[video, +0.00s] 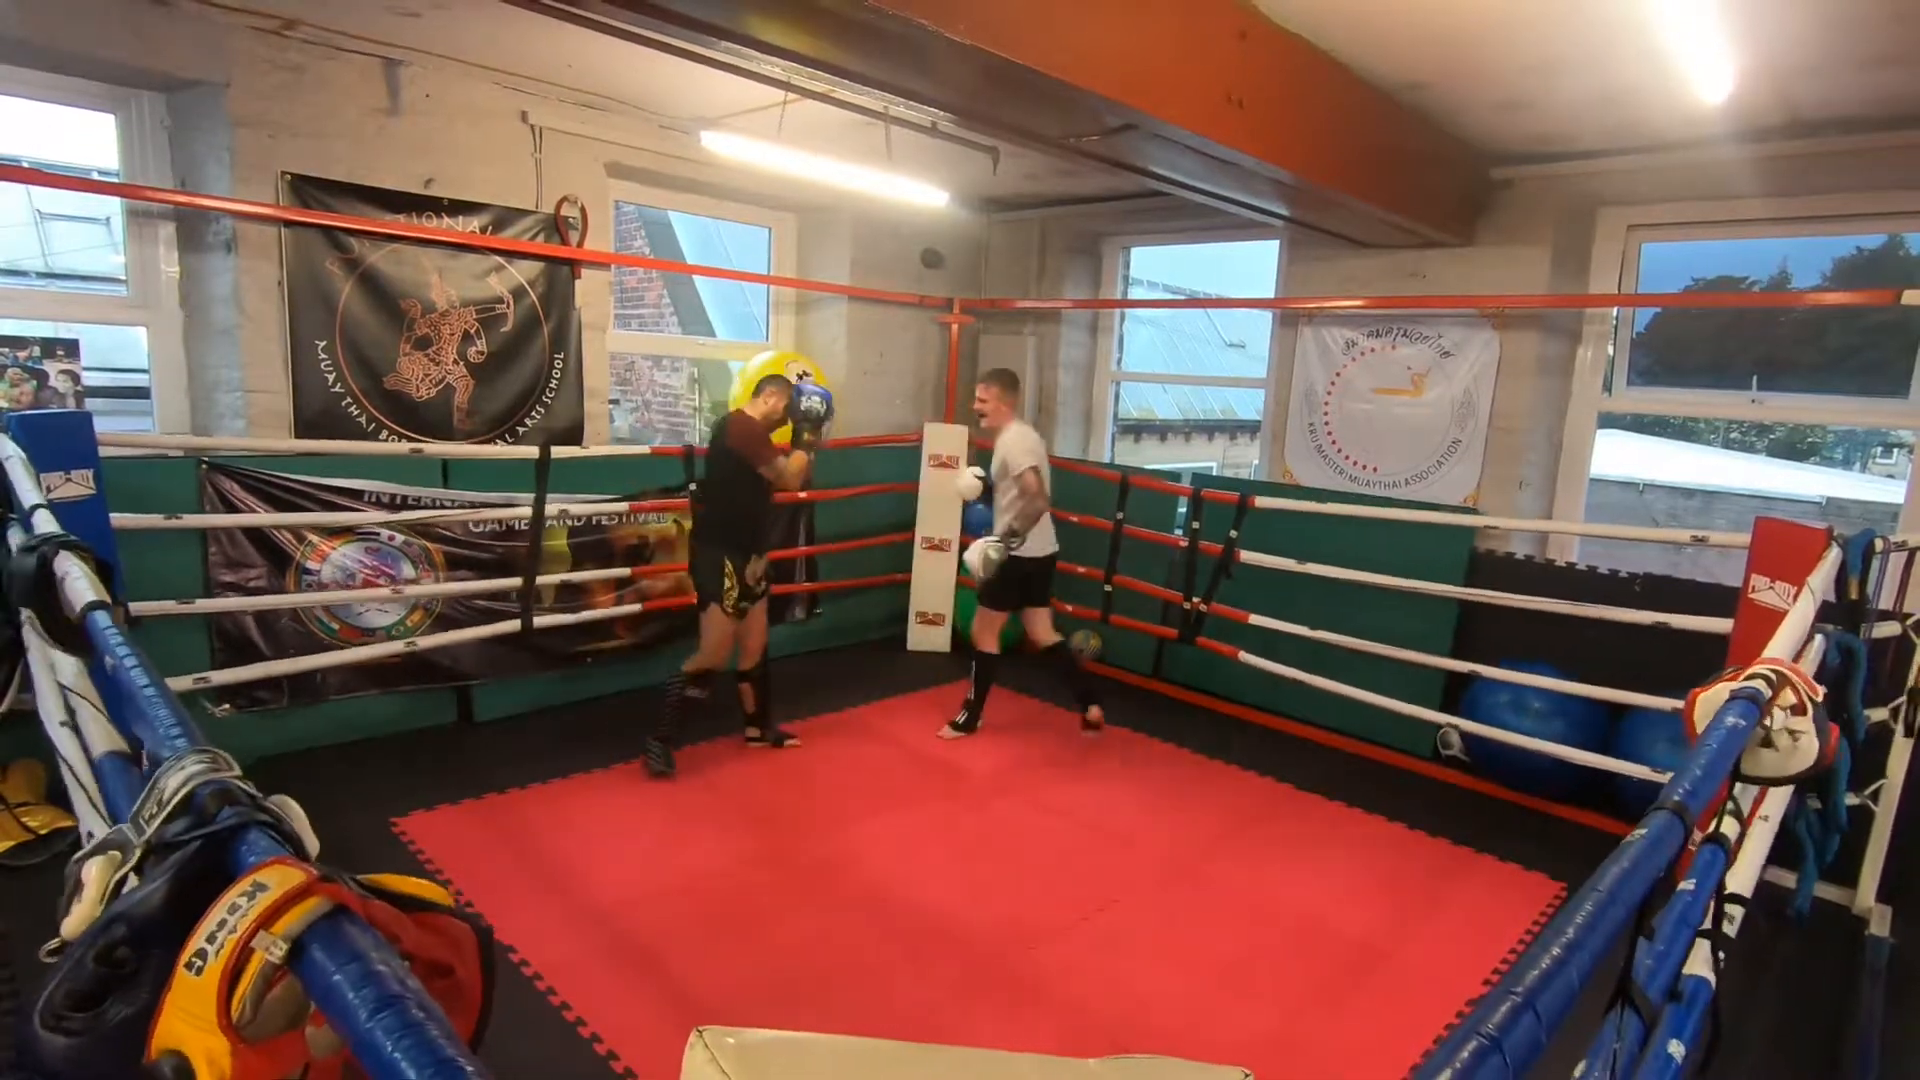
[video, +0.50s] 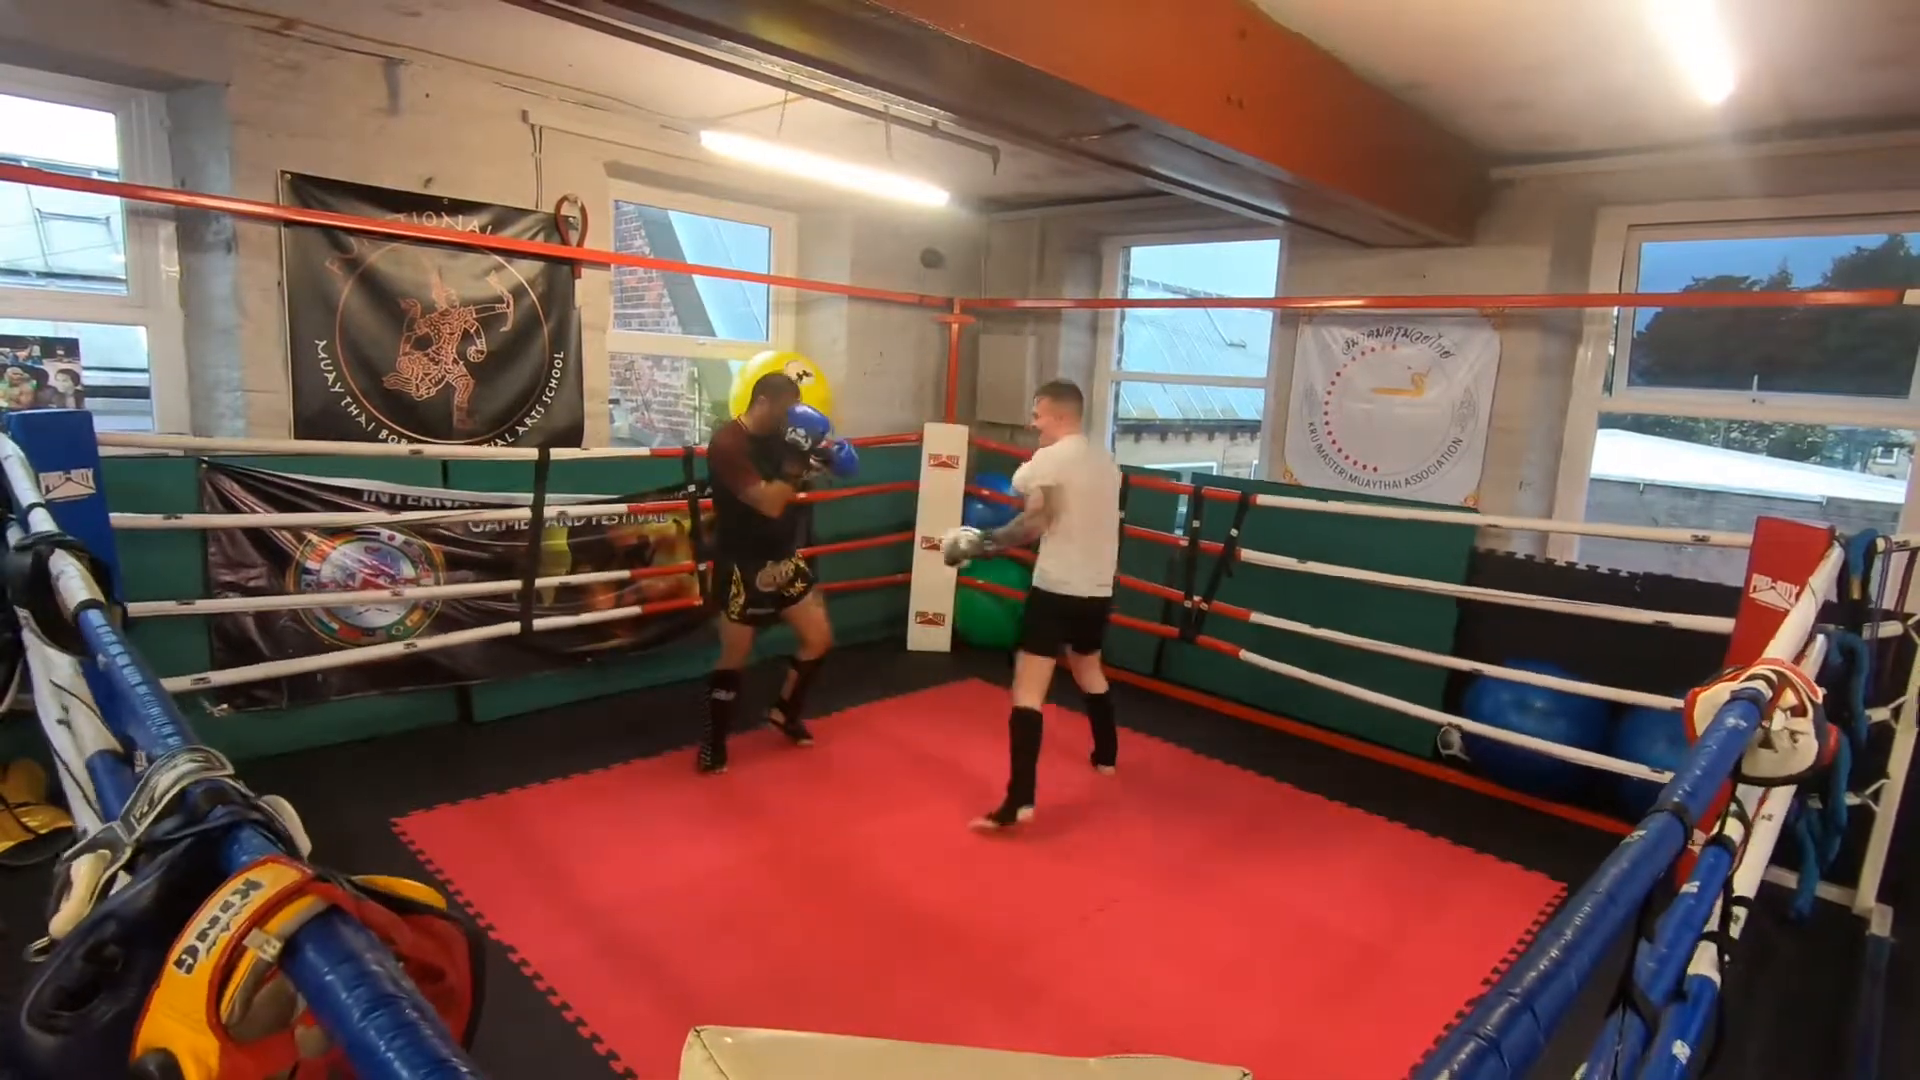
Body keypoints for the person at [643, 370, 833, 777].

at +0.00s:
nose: (783, 408)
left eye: (787, 403)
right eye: (780, 399)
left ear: (780, 407)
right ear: (763, 394)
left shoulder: (760, 435)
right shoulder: (740, 427)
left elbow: (790, 478)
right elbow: (789, 477)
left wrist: (807, 439)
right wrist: (808, 437)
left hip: (750, 552)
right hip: (720, 551)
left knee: (754, 645)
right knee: (715, 652)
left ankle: (758, 727)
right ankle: (661, 740)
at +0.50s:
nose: (789, 417)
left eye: (792, 410)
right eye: (785, 408)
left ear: (778, 407)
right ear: (761, 401)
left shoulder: (777, 439)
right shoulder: (727, 443)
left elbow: (794, 477)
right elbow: (768, 502)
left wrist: (825, 464)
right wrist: (796, 460)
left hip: (784, 559)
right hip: (742, 565)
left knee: (818, 638)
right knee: (735, 654)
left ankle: (786, 710)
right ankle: (715, 742)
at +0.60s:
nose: (796, 419)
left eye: (800, 412)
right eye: (792, 410)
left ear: (792, 408)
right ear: (767, 401)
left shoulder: (783, 441)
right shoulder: (735, 443)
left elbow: (800, 478)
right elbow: (772, 504)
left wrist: (833, 463)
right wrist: (804, 463)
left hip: (790, 560)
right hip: (746, 565)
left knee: (821, 642)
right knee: (732, 653)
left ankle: (820, 730)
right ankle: (714, 744)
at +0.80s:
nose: (827, 426)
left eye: (831, 419)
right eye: (824, 417)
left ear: (819, 415)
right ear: (799, 407)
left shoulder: (813, 450)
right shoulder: (761, 448)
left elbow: (834, 499)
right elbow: (794, 507)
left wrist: (860, 485)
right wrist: (829, 464)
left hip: (813, 567)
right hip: (768, 571)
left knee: (836, 656)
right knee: (747, 660)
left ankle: (846, 751)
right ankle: (716, 743)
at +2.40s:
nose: (812, 409)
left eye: (816, 399)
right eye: (800, 400)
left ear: (824, 404)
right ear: (779, 408)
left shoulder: (832, 450)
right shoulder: (758, 448)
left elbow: (853, 501)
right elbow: (778, 502)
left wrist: (881, 502)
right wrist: (806, 459)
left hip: (820, 578)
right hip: (767, 579)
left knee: (851, 667)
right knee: (751, 663)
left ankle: (851, 762)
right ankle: (732, 744)